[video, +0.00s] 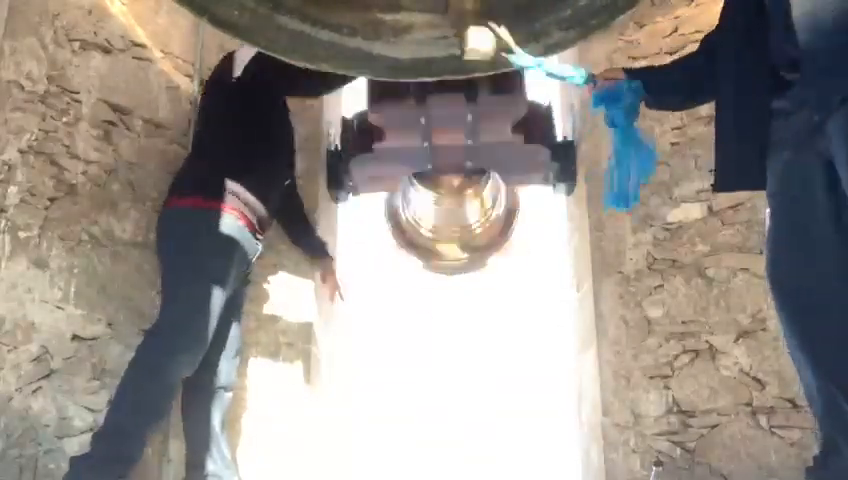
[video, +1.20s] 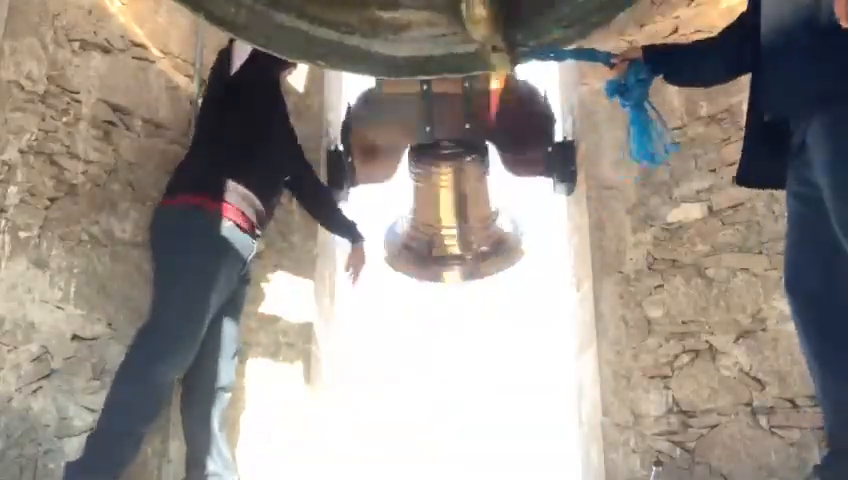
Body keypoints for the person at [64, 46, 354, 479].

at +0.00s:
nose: (297, 73)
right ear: (268, 49)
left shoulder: (274, 117)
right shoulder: (248, 66)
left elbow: (284, 191)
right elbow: (319, 80)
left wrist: (320, 255)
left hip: (241, 237)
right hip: (209, 217)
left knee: (217, 375)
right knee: (180, 344)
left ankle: (214, 472)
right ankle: (100, 469)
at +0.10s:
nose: (308, 93)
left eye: (311, 85)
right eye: (307, 80)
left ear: (287, 80)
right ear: (287, 67)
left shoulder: (271, 122)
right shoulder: (257, 72)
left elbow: (270, 195)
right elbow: (285, 136)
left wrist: (287, 247)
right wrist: (363, 140)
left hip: (242, 240)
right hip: (211, 219)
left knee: (219, 374)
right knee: (185, 343)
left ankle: (215, 472)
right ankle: (103, 467)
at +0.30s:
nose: (296, 67)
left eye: (299, 62)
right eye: (293, 56)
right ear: (276, 50)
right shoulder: (257, 71)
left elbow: (257, 189)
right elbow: (310, 134)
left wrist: (303, 192)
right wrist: (370, 197)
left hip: (244, 242)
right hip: (213, 224)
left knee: (219, 381)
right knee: (166, 357)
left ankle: (215, 473)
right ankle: (98, 470)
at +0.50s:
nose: (285, 62)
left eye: (288, 56)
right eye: (280, 51)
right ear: (260, 45)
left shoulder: (271, 102)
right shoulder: (247, 66)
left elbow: (283, 179)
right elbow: (298, 129)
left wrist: (317, 129)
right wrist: (362, 185)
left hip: (247, 240)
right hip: (214, 221)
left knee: (219, 381)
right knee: (173, 351)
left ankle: (215, 473)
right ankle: (95, 470)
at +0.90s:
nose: (300, 67)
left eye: (304, 60)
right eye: (296, 55)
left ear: (299, 68)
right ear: (277, 49)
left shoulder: (273, 108)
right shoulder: (254, 67)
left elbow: (302, 168)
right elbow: (299, 138)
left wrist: (369, 168)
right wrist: (372, 150)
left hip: (243, 244)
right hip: (208, 223)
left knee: (220, 379)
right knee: (176, 349)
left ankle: (214, 473)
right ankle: (94, 470)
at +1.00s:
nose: (299, 67)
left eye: (301, 63)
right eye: (296, 57)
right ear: (278, 51)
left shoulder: (269, 121)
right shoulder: (251, 67)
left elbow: (311, 180)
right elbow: (319, 117)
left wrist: (375, 212)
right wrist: (375, 109)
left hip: (235, 244)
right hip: (203, 222)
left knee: (216, 378)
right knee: (170, 351)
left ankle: (213, 473)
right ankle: (93, 471)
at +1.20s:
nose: (296, 57)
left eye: (300, 50)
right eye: (291, 48)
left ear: (285, 60)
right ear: (272, 47)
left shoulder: (275, 110)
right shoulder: (244, 73)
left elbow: (303, 178)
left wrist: (353, 234)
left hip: (237, 241)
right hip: (204, 224)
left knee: (215, 383)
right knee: (163, 360)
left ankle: (213, 472)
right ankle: (93, 471)